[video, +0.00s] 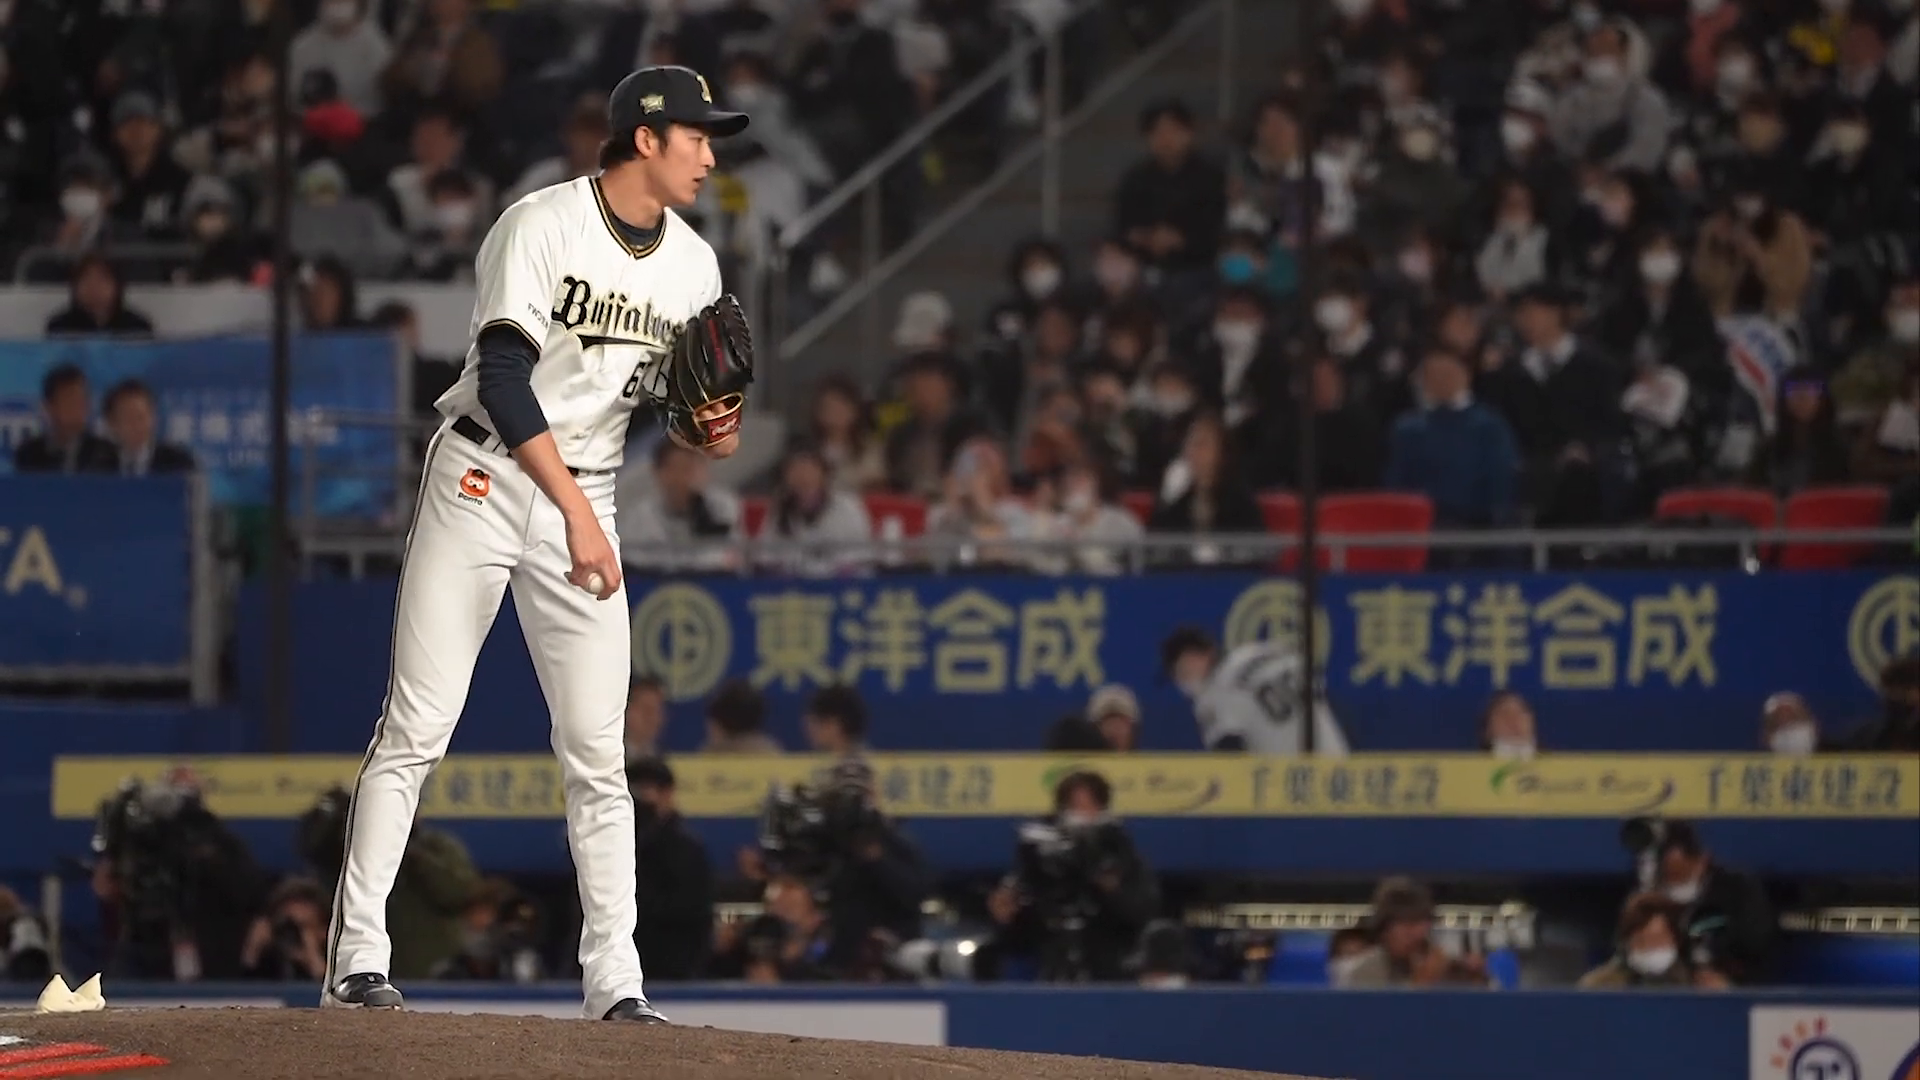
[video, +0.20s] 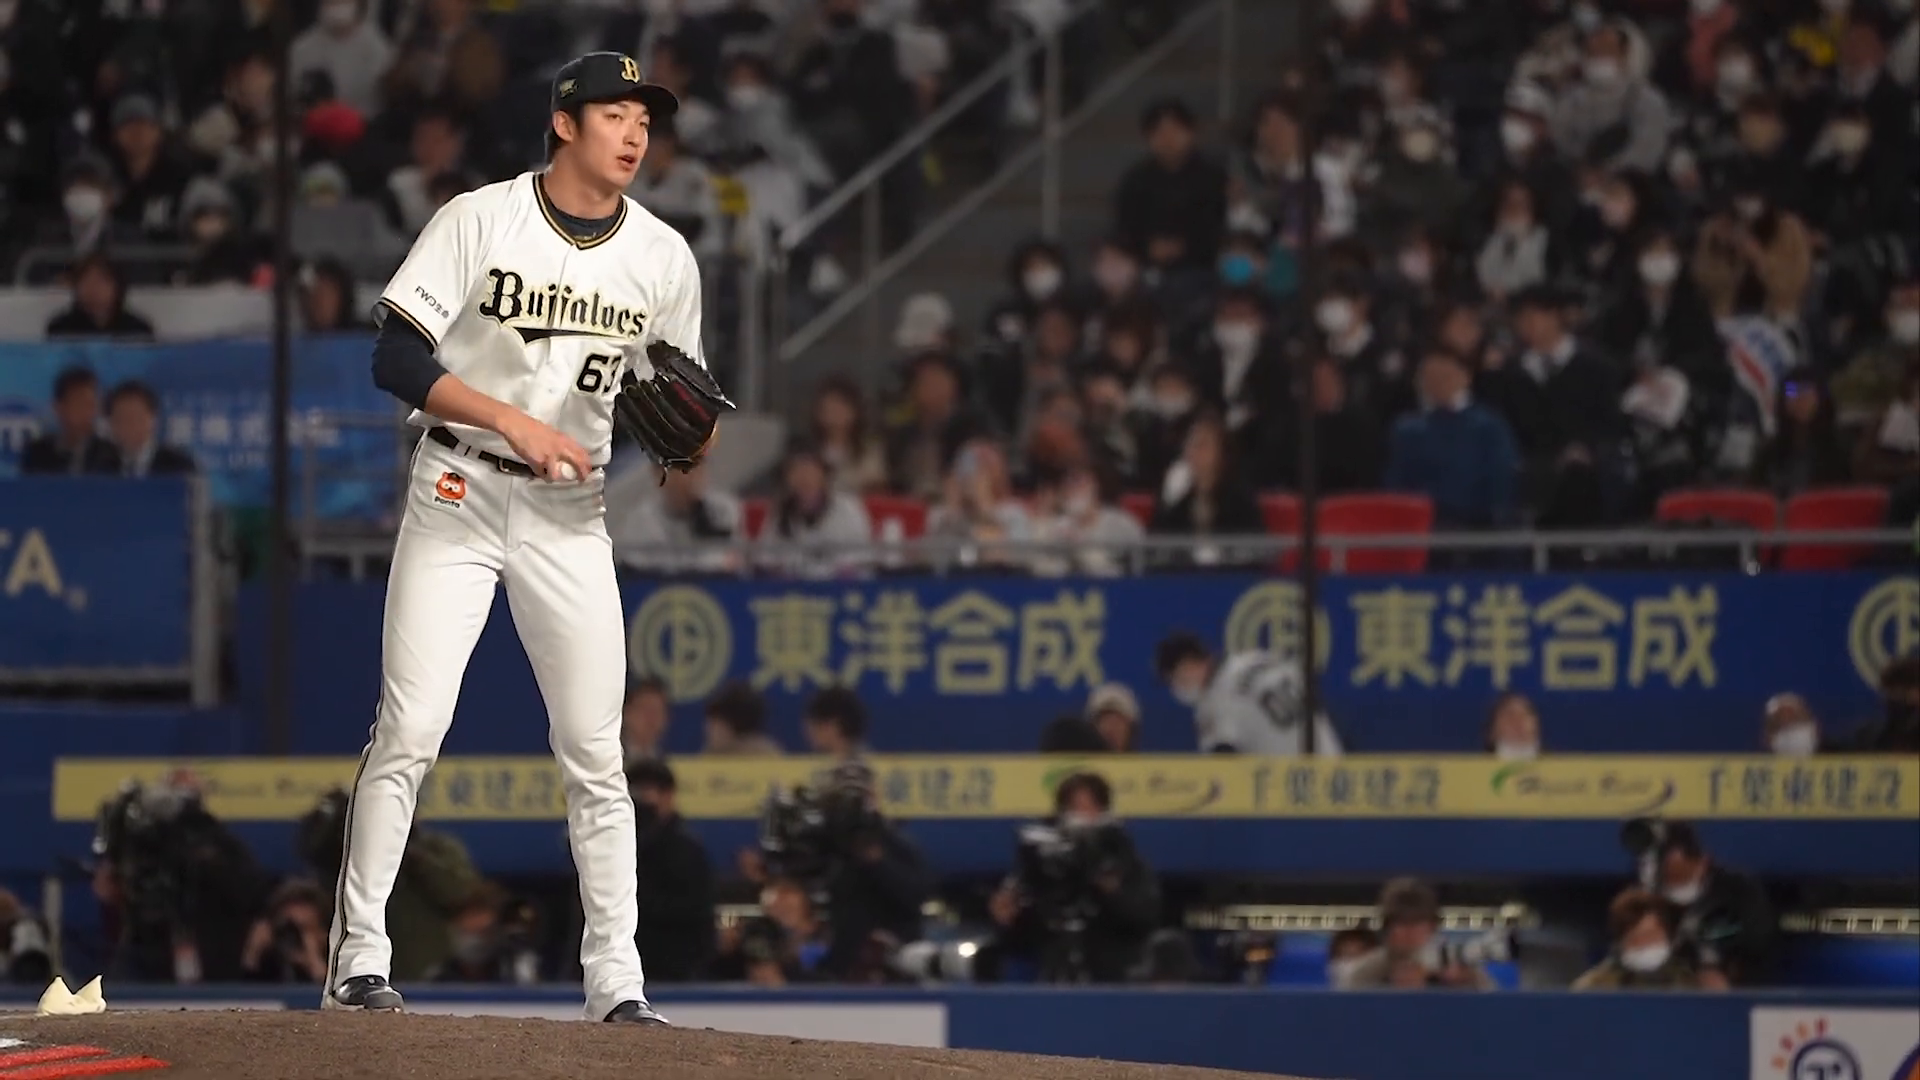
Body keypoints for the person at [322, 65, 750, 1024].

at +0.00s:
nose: (710, 154)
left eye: (711, 137)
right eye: (696, 136)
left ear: (681, 146)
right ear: (642, 138)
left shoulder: (696, 264)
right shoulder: (539, 222)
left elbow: (679, 402)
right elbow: (501, 378)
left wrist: (710, 426)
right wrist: (576, 507)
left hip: (586, 506)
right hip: (483, 480)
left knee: (598, 754)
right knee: (416, 727)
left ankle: (615, 988)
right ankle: (359, 957)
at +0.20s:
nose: (634, 134)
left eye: (643, 120)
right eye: (615, 117)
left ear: (648, 137)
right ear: (564, 125)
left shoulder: (666, 256)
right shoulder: (476, 219)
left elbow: (681, 416)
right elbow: (393, 358)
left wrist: (688, 438)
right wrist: (512, 419)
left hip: (572, 521)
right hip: (454, 504)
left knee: (595, 755)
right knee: (409, 731)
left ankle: (616, 987)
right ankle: (359, 960)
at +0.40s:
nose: (541, 114)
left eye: (552, 100)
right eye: (520, 98)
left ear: (565, 121)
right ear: (475, 112)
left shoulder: (603, 234)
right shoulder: (407, 213)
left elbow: (639, 385)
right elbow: (343, 362)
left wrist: (597, 367)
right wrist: (458, 347)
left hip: (540, 500)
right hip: (423, 489)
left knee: (584, 745)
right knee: (398, 724)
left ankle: (616, 986)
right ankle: (357, 959)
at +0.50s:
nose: (503, 109)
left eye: (515, 95)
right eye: (483, 95)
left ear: (530, 113)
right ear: (441, 110)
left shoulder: (574, 218)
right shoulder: (381, 212)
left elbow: (605, 371)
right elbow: (335, 362)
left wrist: (547, 324)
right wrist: (433, 310)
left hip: (527, 494)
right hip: (410, 488)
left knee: (585, 738)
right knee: (390, 724)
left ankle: (621, 983)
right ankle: (357, 964)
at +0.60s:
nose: (479, 102)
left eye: (492, 88)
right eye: (457, 89)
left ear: (511, 108)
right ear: (421, 111)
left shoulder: (561, 213)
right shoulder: (363, 214)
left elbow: (598, 364)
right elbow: (329, 362)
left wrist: (523, 292)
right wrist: (417, 283)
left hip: (523, 494)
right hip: (404, 490)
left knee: (585, 738)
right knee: (386, 729)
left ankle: (623, 978)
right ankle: (359, 965)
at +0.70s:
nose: (470, 98)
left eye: (482, 85)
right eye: (447, 87)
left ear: (503, 106)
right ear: (410, 111)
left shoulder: (554, 207)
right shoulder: (357, 214)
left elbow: (599, 358)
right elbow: (327, 358)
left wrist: (507, 260)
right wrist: (413, 261)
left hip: (523, 492)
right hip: (403, 490)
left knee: (582, 738)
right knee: (387, 727)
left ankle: (621, 966)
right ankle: (357, 960)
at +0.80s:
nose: (467, 101)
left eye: (479, 87)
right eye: (446, 89)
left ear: (504, 106)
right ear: (413, 113)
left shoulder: (559, 206)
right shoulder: (364, 215)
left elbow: (607, 354)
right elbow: (332, 359)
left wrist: (514, 252)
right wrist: (416, 254)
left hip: (529, 494)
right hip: (410, 491)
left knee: (582, 739)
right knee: (391, 727)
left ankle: (626, 967)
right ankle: (357, 956)